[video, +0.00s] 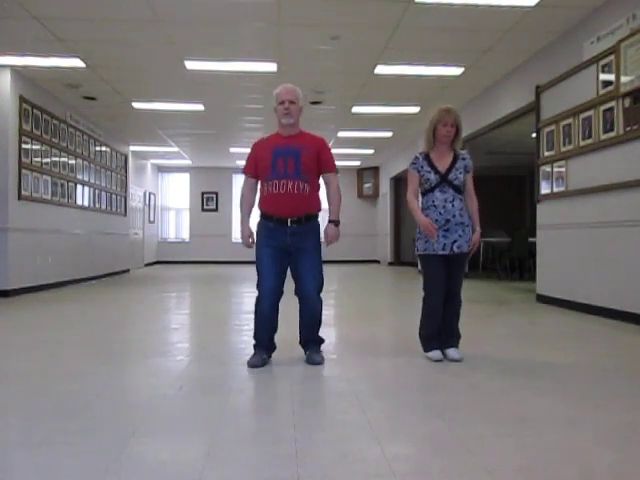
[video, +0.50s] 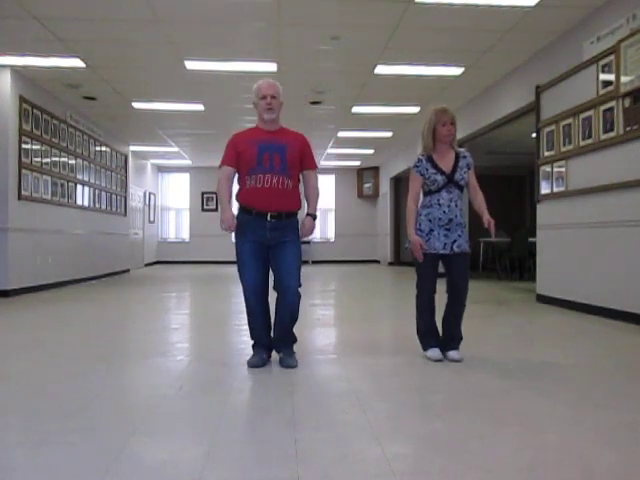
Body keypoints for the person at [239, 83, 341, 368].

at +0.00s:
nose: (287, 107)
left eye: (292, 102)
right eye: (281, 103)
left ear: (301, 107)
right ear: (274, 108)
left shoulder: (317, 145)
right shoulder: (261, 147)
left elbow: (332, 184)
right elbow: (250, 186)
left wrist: (334, 220)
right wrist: (244, 222)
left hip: (306, 229)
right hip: (271, 228)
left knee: (311, 291)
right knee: (268, 292)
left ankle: (312, 345)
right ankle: (262, 348)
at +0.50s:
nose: (268, 101)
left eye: (274, 97)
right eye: (263, 97)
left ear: (282, 102)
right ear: (255, 103)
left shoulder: (298, 141)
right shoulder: (240, 140)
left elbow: (310, 180)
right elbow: (225, 177)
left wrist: (311, 213)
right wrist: (226, 209)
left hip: (287, 223)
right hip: (250, 222)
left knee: (290, 288)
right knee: (253, 289)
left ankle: (285, 345)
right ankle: (260, 347)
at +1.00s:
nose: (274, 103)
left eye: (279, 99)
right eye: (269, 99)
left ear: (288, 106)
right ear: (261, 107)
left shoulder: (305, 144)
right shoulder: (247, 146)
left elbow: (318, 186)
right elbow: (234, 186)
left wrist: (317, 223)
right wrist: (229, 223)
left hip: (296, 228)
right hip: (260, 229)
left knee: (300, 292)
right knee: (260, 293)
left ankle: (298, 347)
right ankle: (261, 348)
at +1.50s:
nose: (282, 96)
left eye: (287, 93)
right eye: (276, 93)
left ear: (295, 102)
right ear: (267, 102)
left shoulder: (311, 137)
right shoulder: (254, 141)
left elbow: (322, 175)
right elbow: (243, 182)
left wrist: (316, 202)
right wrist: (243, 216)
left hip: (304, 220)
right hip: (269, 220)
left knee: (303, 287)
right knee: (268, 285)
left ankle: (298, 346)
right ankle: (275, 347)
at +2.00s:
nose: (266, 101)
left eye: (271, 97)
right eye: (260, 97)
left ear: (279, 107)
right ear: (252, 107)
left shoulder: (294, 144)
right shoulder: (236, 143)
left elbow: (307, 183)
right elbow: (224, 183)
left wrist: (312, 219)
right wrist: (223, 221)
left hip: (283, 225)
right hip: (246, 225)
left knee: (290, 291)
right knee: (245, 292)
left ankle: (297, 348)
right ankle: (248, 348)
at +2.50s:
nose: (254, 99)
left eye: (259, 95)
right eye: (248, 95)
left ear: (267, 103)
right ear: (240, 104)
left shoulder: (284, 140)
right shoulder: (225, 140)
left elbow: (299, 178)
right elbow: (212, 177)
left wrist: (299, 214)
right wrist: (214, 208)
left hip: (272, 221)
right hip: (235, 221)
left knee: (279, 280)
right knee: (239, 288)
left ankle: (277, 343)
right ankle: (248, 346)